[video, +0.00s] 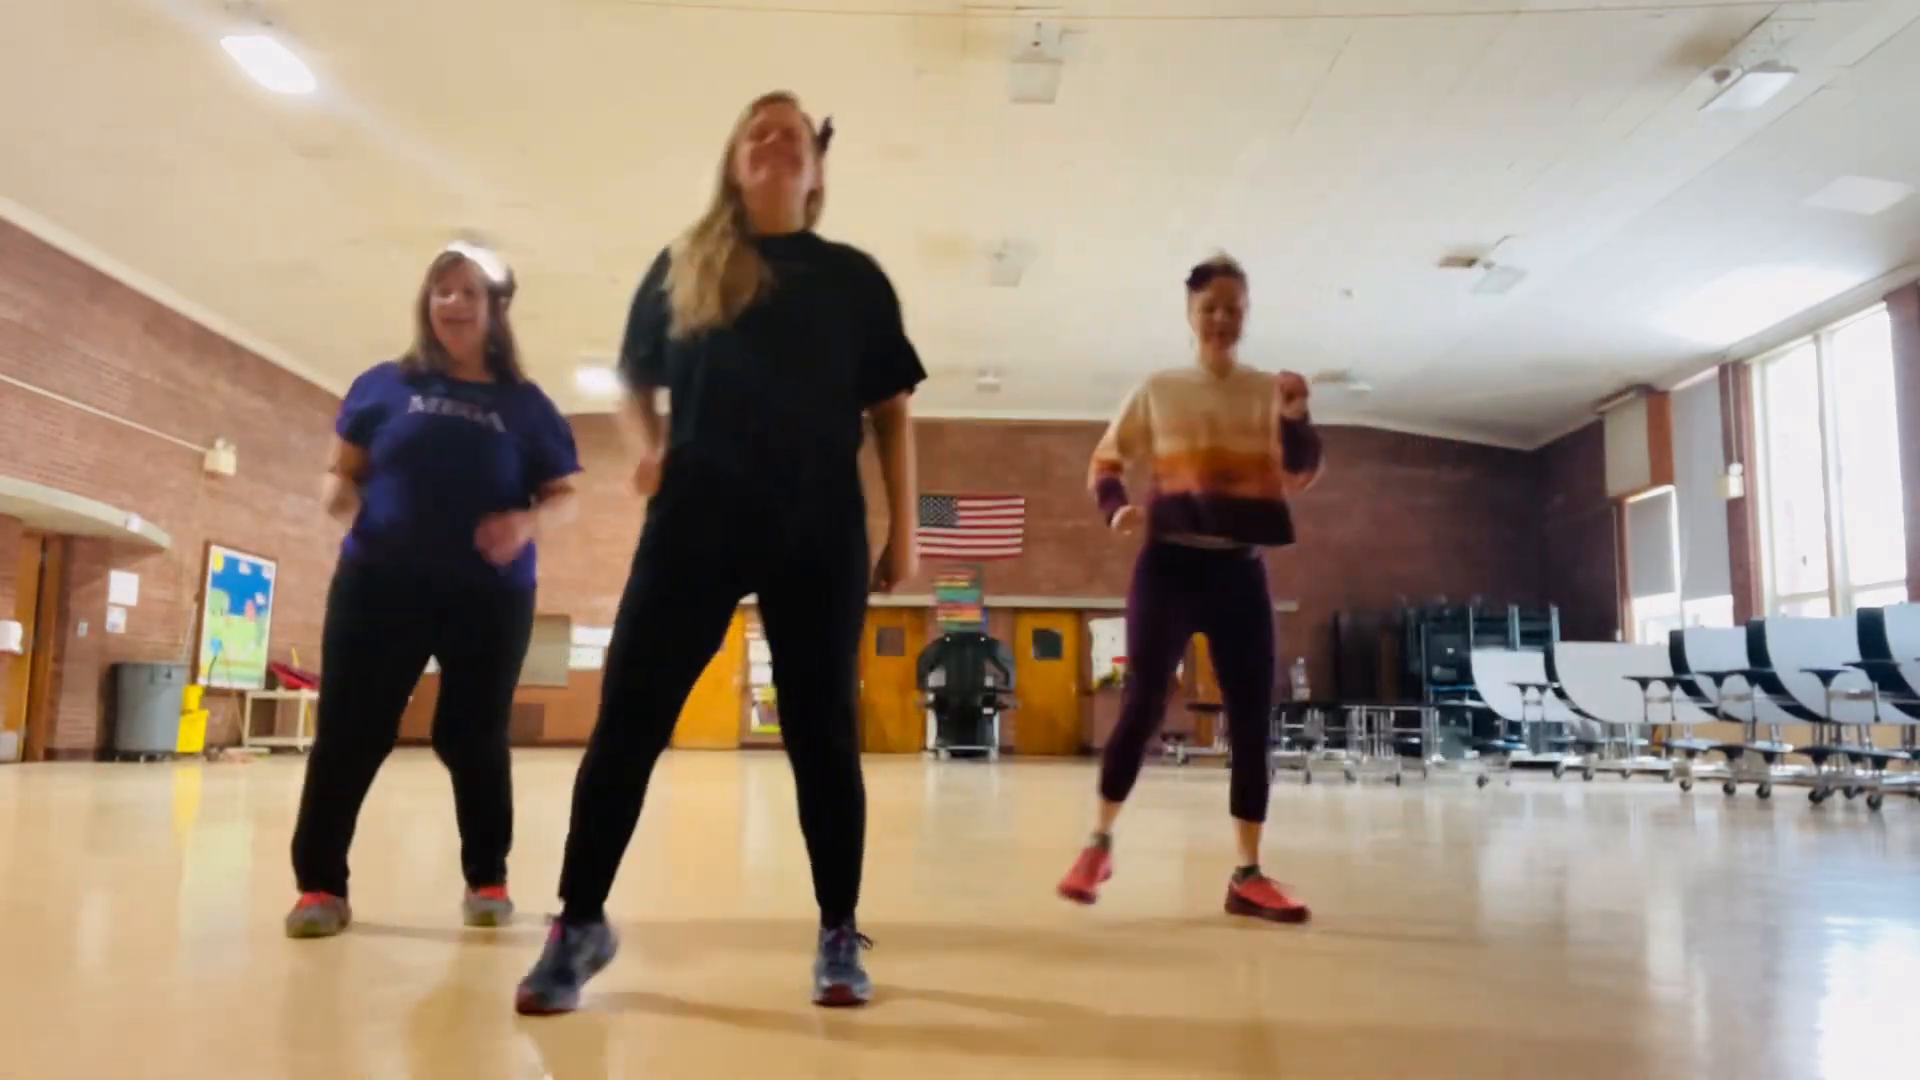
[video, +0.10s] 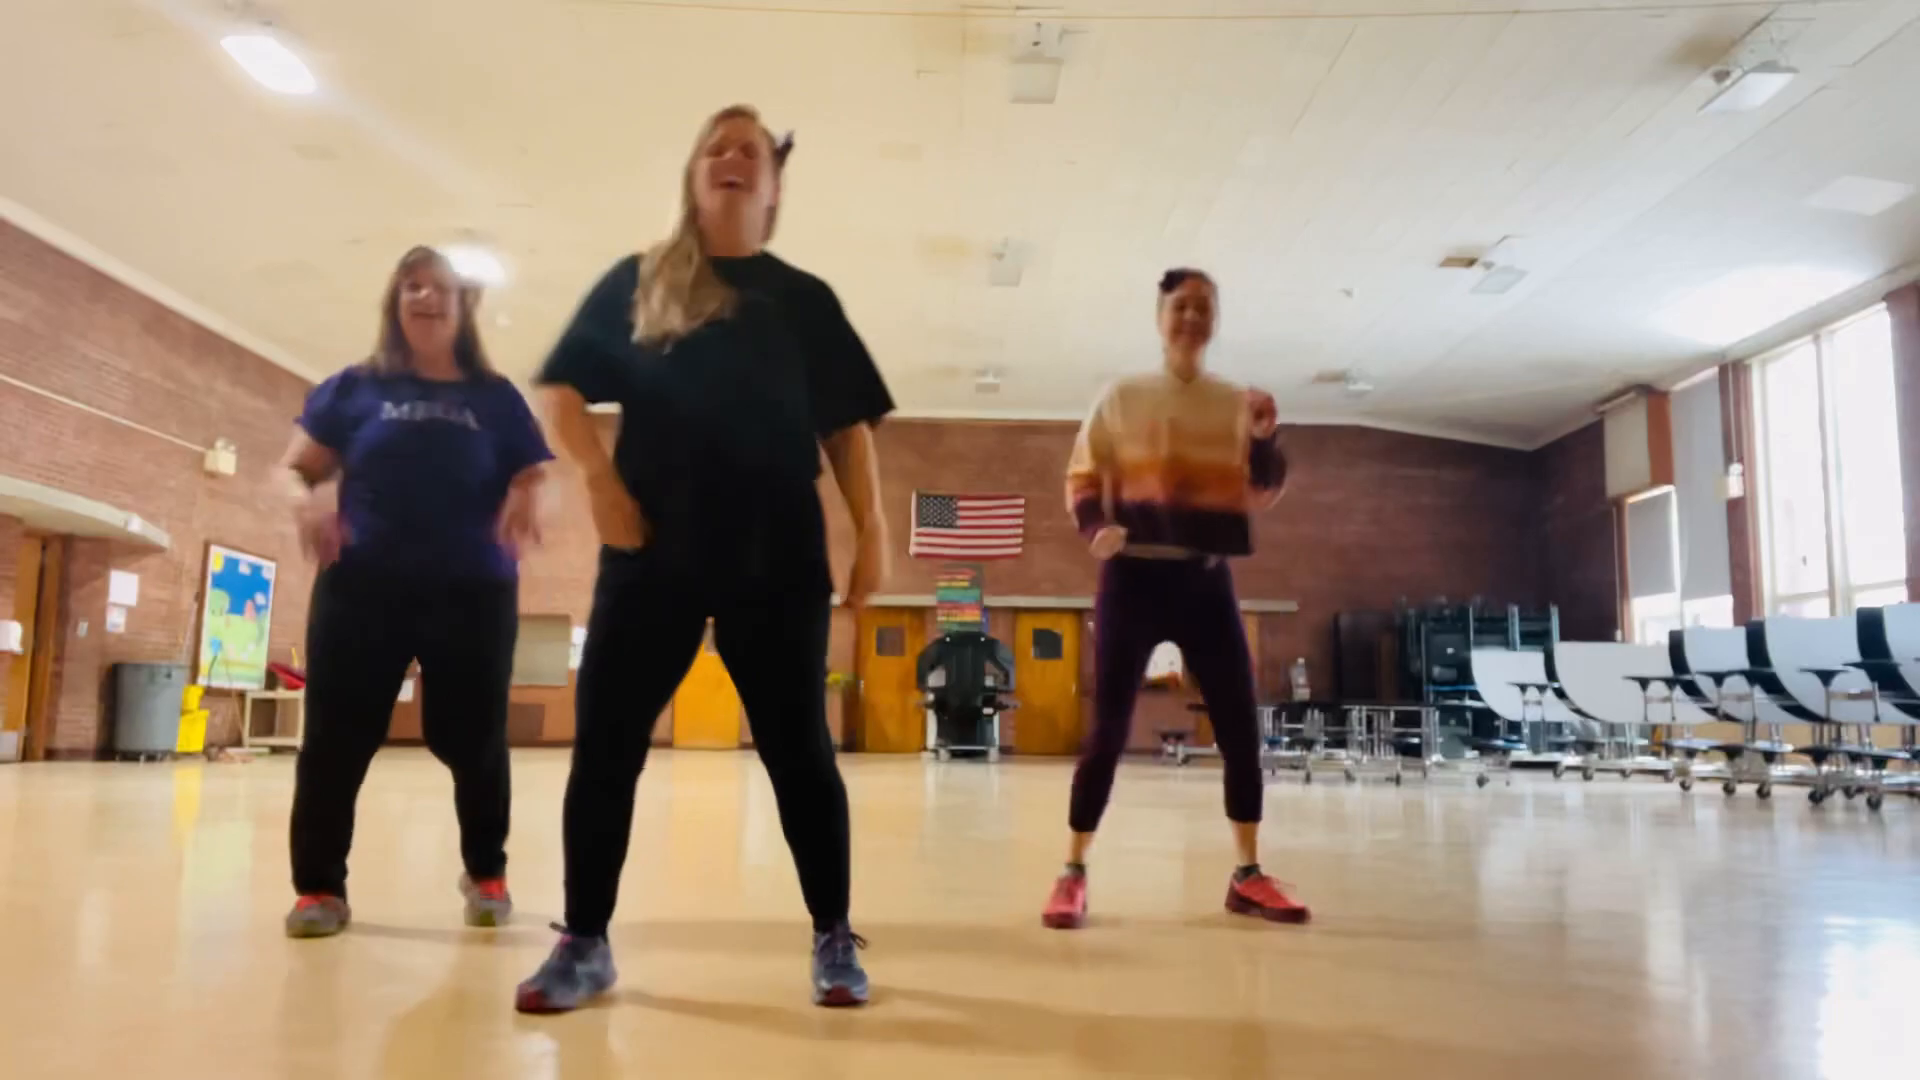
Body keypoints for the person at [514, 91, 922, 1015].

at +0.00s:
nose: (774, 141)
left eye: (792, 133)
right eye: (758, 133)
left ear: (820, 166)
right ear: (732, 166)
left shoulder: (856, 278)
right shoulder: (682, 268)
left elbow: (891, 409)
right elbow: (637, 379)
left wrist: (902, 522)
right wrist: (645, 449)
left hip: (817, 523)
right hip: (700, 518)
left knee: (822, 733)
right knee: (628, 722)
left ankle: (840, 934)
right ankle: (579, 923)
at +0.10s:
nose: (732, 159)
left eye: (749, 150)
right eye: (718, 149)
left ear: (775, 183)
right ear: (691, 178)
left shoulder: (806, 300)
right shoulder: (635, 284)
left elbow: (846, 426)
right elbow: (562, 392)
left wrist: (868, 534)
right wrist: (605, 493)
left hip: (774, 563)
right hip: (653, 556)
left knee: (799, 750)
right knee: (605, 746)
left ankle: (834, 939)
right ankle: (583, 944)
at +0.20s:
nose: (689, 162)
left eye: (707, 155)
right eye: (673, 153)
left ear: (733, 191)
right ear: (645, 187)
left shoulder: (765, 306)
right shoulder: (589, 287)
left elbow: (822, 423)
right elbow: (488, 342)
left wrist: (879, 407)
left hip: (737, 559)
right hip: (613, 560)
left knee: (810, 700)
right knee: (574, 746)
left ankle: (796, 869)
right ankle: (579, 941)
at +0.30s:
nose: (658, 148)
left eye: (678, 142)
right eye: (645, 139)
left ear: (707, 178)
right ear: (621, 173)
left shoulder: (741, 286)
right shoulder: (585, 273)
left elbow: (817, 356)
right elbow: (546, 320)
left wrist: (886, 251)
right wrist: (560, 186)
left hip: (713, 532)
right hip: (596, 541)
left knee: (784, 632)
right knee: (573, 747)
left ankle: (721, 779)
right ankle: (575, 940)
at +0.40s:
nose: (648, 127)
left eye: (665, 117)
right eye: (633, 116)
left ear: (695, 142)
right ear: (609, 141)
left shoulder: (729, 242)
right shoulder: (576, 232)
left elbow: (778, 308)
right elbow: (597, 311)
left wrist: (810, 193)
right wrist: (598, 183)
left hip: (706, 510)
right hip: (591, 510)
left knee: (735, 675)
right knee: (577, 716)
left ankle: (668, 788)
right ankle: (558, 922)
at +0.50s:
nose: (635, 144)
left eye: (652, 130)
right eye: (620, 134)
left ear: (691, 151)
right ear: (601, 162)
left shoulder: (733, 250)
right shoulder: (574, 245)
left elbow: (743, 323)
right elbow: (582, 337)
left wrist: (688, 217)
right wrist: (666, 247)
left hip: (696, 537)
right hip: (579, 528)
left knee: (677, 738)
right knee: (566, 727)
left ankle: (629, 870)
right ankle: (544, 921)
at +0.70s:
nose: (643, 151)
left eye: (659, 136)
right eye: (626, 135)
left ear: (687, 151)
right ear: (599, 151)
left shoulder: (734, 253)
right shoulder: (568, 254)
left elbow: (776, 365)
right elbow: (527, 382)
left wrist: (681, 362)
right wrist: (582, 309)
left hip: (702, 540)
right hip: (585, 534)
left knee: (682, 741)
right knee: (571, 728)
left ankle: (629, 888)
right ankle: (546, 924)